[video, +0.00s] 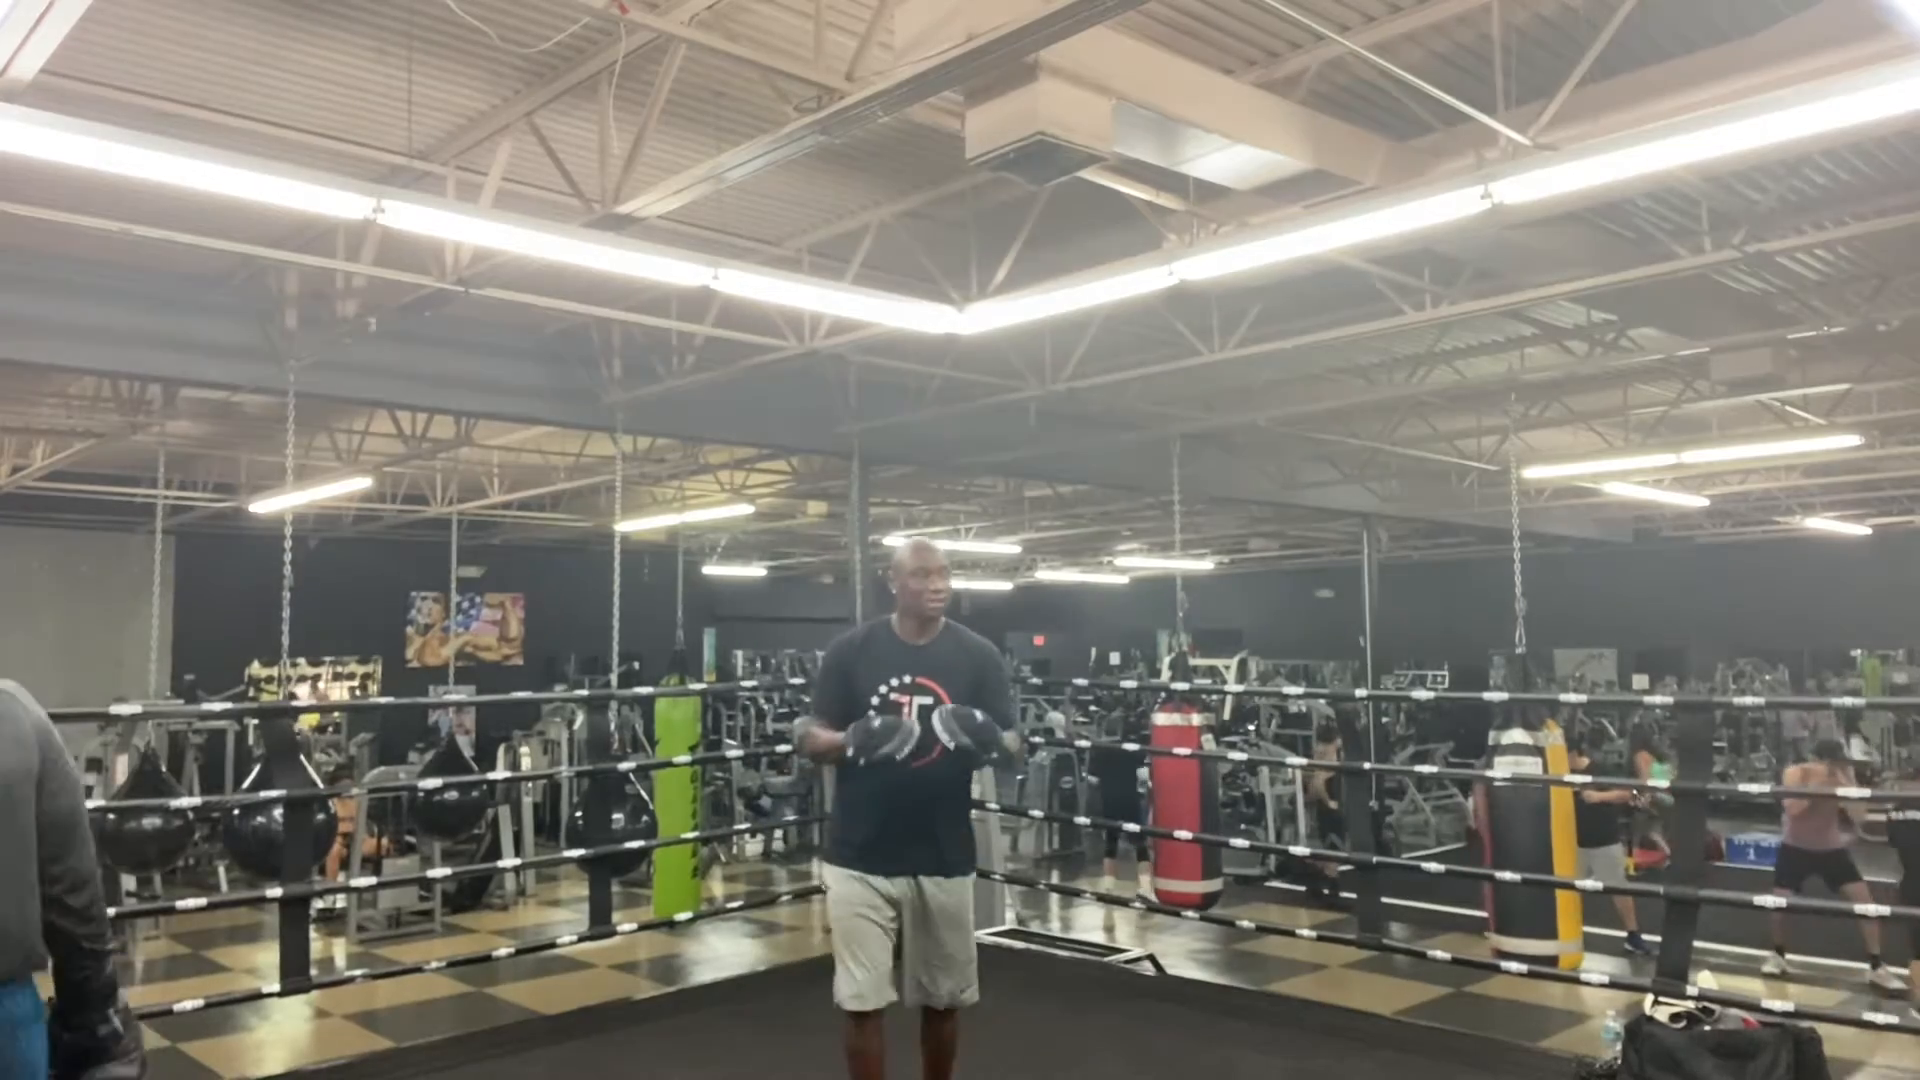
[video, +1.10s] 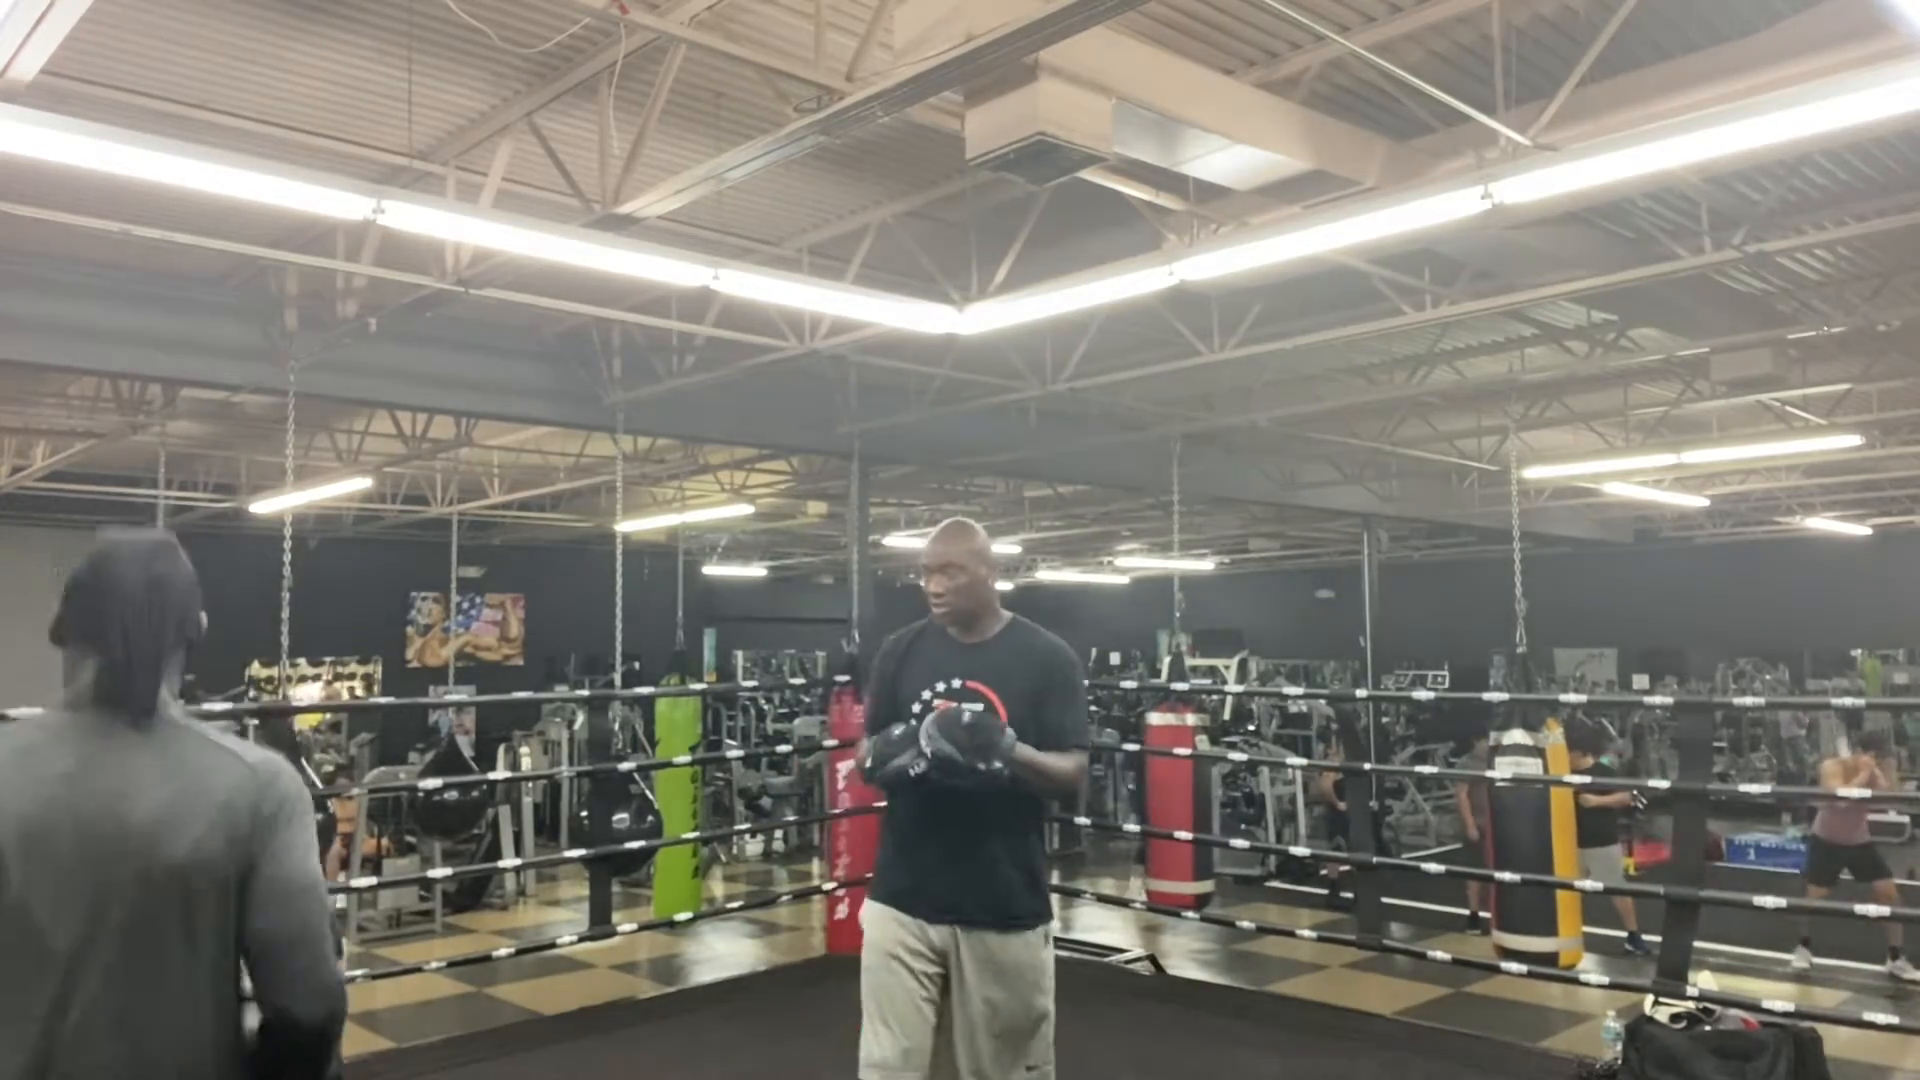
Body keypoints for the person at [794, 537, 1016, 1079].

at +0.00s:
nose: (936, 586)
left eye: (941, 575)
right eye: (922, 575)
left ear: (950, 582)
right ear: (893, 582)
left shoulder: (979, 656)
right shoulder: (849, 652)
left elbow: (1011, 747)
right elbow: (809, 737)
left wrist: (986, 740)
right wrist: (851, 741)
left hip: (944, 864)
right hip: (859, 862)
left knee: (943, 1006)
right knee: (862, 1007)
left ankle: (939, 1079)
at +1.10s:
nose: (935, 585)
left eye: (951, 571)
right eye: (928, 572)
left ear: (991, 574)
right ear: (921, 577)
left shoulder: (1049, 659)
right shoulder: (898, 651)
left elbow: (1073, 776)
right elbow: (870, 755)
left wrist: (1005, 749)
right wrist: (885, 757)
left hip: (1006, 914)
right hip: (902, 906)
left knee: (1011, 1071)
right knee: (888, 1069)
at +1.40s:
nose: (890, 593)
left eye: (904, 576)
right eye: (884, 579)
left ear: (951, 573)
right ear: (878, 585)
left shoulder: (1031, 654)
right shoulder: (872, 672)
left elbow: (1076, 771)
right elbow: (854, 785)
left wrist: (1015, 767)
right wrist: (867, 798)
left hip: (1015, 930)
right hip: (909, 931)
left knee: (1022, 1072)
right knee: (918, 1074)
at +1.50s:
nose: (881, 586)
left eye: (896, 568)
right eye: (873, 572)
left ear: (938, 569)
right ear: (866, 579)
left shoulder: (1025, 648)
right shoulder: (859, 675)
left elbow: (1082, 752)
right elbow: (839, 790)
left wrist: (1046, 753)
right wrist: (854, 799)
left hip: (1018, 928)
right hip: (908, 935)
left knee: (1023, 1072)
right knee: (912, 1073)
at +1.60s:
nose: (889, 583)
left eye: (903, 566)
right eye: (876, 570)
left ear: (940, 567)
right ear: (865, 580)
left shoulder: (1019, 647)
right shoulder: (854, 677)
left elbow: (1085, 750)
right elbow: (828, 800)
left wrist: (1057, 745)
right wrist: (845, 799)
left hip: (1020, 932)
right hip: (906, 941)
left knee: (1033, 1072)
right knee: (908, 1073)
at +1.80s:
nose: (914, 565)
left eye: (925, 548)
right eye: (896, 555)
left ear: (949, 556)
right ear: (876, 574)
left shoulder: (1019, 644)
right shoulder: (847, 670)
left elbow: (1076, 768)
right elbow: (804, 807)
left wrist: (1067, 739)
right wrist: (821, 783)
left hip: (1022, 925)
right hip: (905, 939)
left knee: (1052, 1071)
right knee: (902, 1073)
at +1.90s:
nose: (918, 563)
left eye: (931, 546)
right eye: (901, 551)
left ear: (954, 556)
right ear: (881, 568)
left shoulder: (1024, 647)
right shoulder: (848, 671)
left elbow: (1072, 786)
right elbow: (811, 809)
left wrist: (1066, 752)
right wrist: (823, 788)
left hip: (1025, 939)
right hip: (905, 946)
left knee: (1043, 1072)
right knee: (900, 1072)